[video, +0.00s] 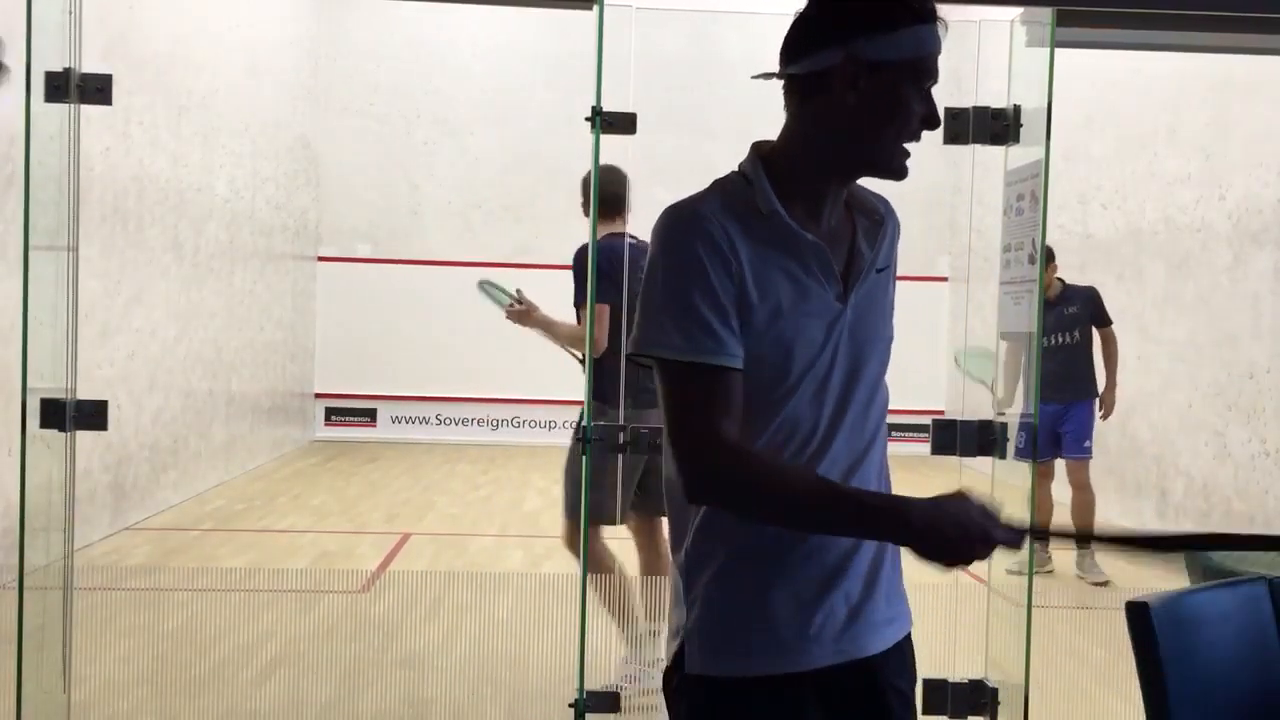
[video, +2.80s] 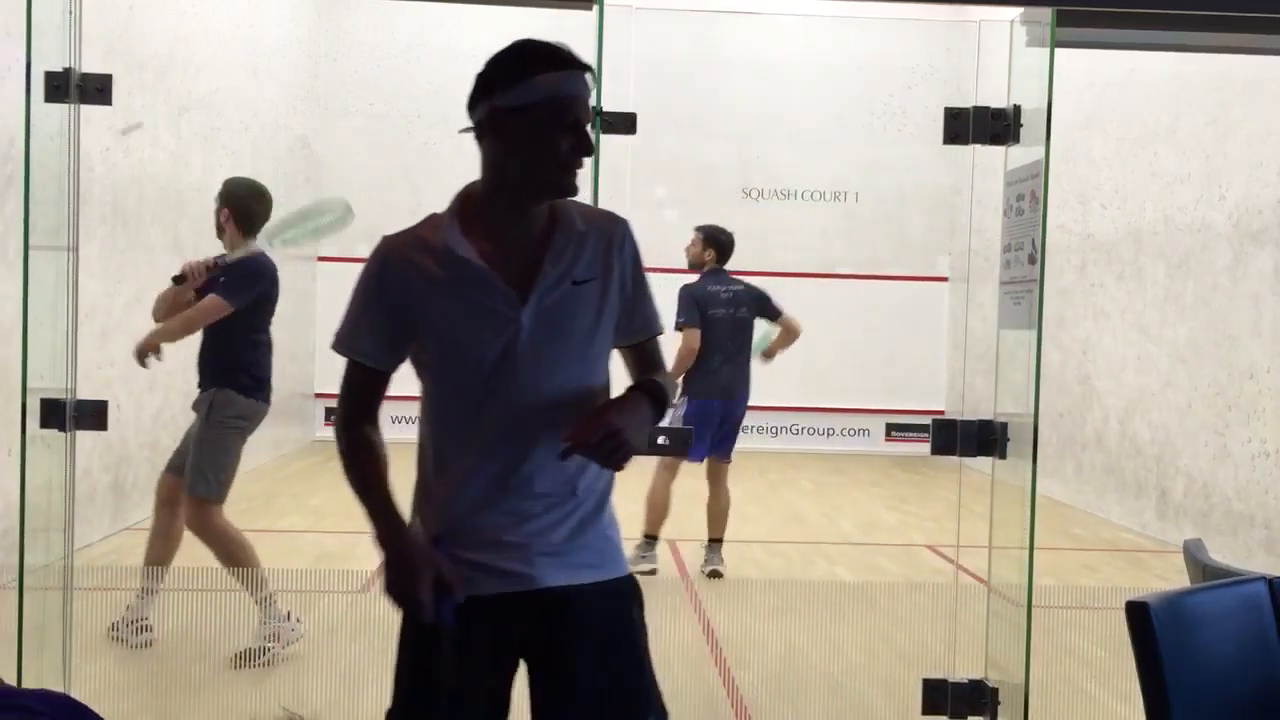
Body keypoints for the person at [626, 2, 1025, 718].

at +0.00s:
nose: (934, 114)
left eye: (932, 87)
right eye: (919, 84)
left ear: (852, 86)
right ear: (845, 81)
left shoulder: (876, 225)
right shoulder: (702, 235)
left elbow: (849, 418)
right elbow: (706, 464)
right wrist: (908, 520)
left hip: (872, 632)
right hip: (747, 651)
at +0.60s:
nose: (904, 107)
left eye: (898, 79)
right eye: (886, 76)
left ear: (819, 79)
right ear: (814, 75)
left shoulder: (825, 223)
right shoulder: (674, 227)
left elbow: (790, 419)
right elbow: (688, 465)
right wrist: (884, 492)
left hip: (828, 623)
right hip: (712, 648)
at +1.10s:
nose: (847, 110)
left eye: (840, 83)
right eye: (828, 83)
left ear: (760, 89)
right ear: (758, 88)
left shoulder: (789, 223)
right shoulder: (620, 242)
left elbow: (750, 398)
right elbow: (589, 466)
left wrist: (811, 458)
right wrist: (789, 495)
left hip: (796, 604)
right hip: (682, 629)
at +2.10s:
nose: (772, 138)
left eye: (765, 118)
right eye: (751, 119)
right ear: (682, 130)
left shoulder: (762, 242)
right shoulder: (592, 257)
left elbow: (813, 370)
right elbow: (539, 426)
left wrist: (829, 357)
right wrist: (678, 499)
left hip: (747, 568)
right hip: (650, 575)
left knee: (751, 713)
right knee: (658, 715)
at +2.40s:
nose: (705, 132)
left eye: (698, 113)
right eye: (686, 112)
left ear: (619, 129)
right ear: (614, 127)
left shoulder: (710, 241)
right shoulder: (525, 263)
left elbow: (777, 349)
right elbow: (481, 430)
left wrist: (788, 367)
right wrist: (598, 504)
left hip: (710, 582)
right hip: (596, 594)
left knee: (720, 712)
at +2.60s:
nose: (641, 132)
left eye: (636, 112)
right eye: (621, 113)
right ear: (554, 123)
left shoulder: (654, 240)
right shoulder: (460, 259)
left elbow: (714, 370)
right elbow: (414, 420)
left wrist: (723, 392)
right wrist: (494, 510)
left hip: (645, 575)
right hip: (519, 585)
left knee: (682, 712)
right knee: (500, 717)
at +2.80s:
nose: (586, 142)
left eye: (587, 122)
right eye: (563, 123)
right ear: (495, 127)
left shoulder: (605, 242)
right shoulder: (407, 261)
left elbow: (653, 383)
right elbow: (354, 416)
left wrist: (637, 411)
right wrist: (394, 537)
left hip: (587, 579)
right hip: (456, 581)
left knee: (624, 711)